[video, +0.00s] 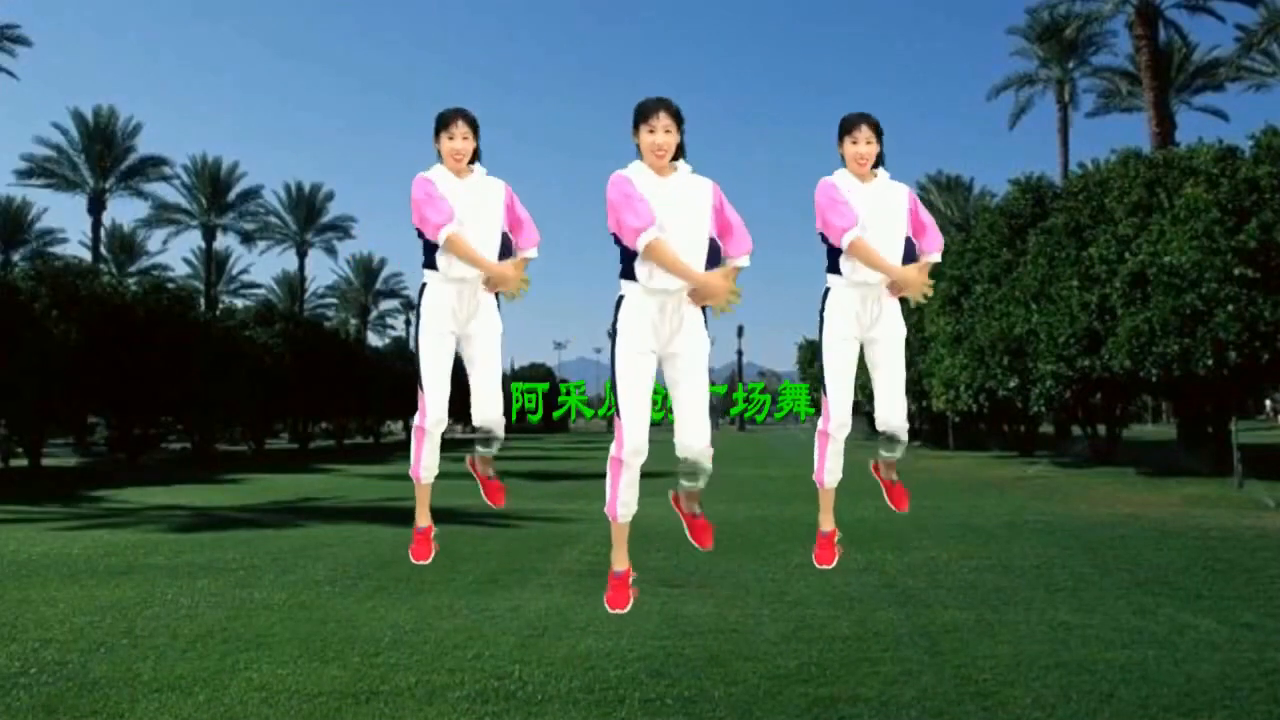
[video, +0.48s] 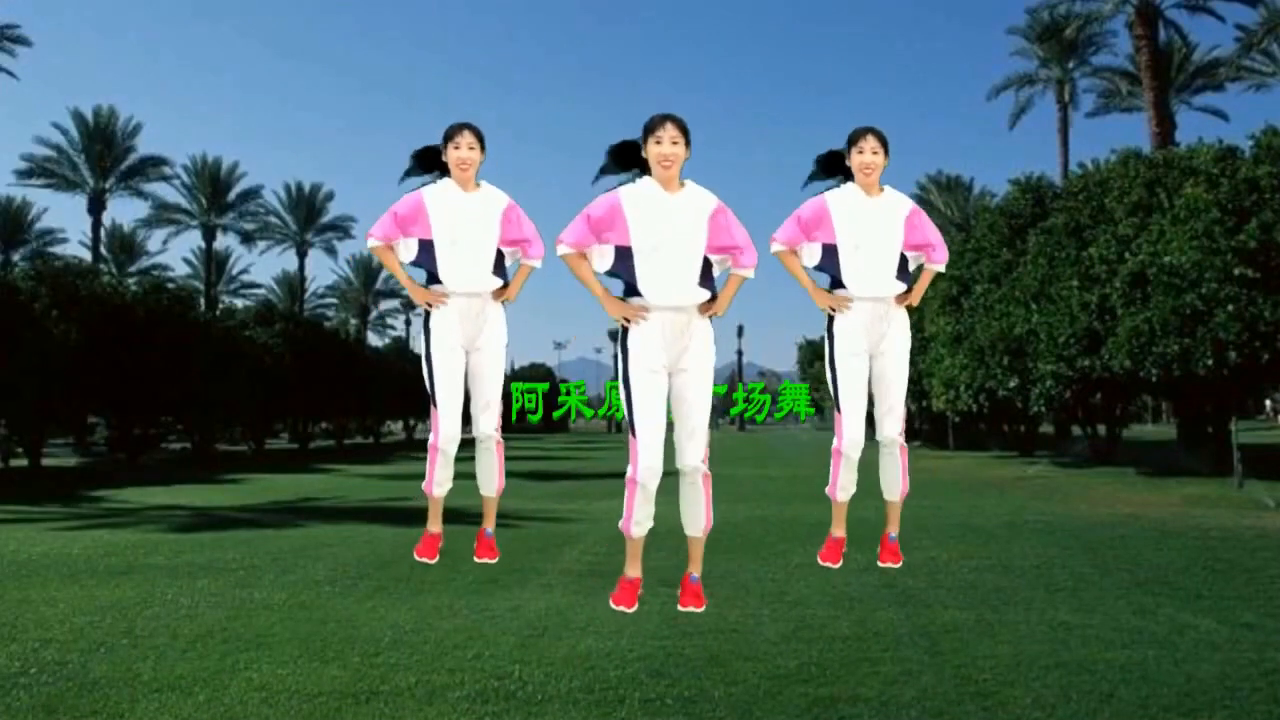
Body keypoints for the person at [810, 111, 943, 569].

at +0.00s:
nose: (863, 149)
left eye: (870, 142)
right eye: (854, 142)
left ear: (880, 148)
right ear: (840, 148)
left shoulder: (901, 194)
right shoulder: (830, 189)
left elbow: (931, 243)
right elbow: (848, 241)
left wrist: (918, 275)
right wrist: (898, 274)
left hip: (887, 304)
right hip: (842, 302)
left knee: (894, 423)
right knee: (837, 418)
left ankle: (886, 469)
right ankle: (826, 524)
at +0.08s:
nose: (860, 161)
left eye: (867, 154)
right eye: (852, 154)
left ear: (879, 160)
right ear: (838, 160)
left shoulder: (900, 206)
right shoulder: (827, 202)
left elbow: (930, 256)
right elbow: (831, 261)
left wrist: (909, 299)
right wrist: (870, 302)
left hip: (883, 314)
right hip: (838, 311)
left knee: (879, 435)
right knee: (833, 427)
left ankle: (867, 439)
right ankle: (827, 531)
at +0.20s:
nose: (857, 188)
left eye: (863, 181)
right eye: (849, 182)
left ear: (874, 189)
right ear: (837, 190)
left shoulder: (897, 238)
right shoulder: (827, 241)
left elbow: (922, 293)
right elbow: (791, 298)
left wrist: (901, 336)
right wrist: (811, 346)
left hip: (874, 348)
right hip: (832, 343)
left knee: (864, 459)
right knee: (831, 446)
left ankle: (834, 438)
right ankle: (827, 534)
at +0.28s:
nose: (858, 185)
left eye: (865, 179)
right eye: (850, 179)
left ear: (876, 186)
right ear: (838, 188)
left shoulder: (899, 236)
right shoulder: (827, 240)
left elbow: (923, 291)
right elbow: (778, 285)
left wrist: (901, 334)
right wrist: (795, 335)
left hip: (875, 348)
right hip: (833, 345)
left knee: (869, 457)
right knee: (832, 448)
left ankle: (840, 421)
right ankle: (828, 535)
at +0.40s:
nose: (863, 161)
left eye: (870, 154)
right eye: (855, 154)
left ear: (881, 162)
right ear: (844, 162)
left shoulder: (901, 211)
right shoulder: (826, 209)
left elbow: (932, 258)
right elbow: (775, 243)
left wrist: (908, 305)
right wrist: (805, 292)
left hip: (888, 325)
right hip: (842, 325)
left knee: (887, 435)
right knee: (841, 436)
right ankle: (829, 534)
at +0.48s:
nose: (867, 158)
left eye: (875, 152)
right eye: (860, 152)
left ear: (885, 160)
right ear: (848, 160)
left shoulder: (902, 206)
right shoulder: (828, 205)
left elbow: (937, 252)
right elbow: (781, 244)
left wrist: (915, 294)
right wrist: (817, 294)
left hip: (893, 320)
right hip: (848, 322)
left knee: (892, 431)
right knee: (849, 434)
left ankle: (891, 534)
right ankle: (836, 533)